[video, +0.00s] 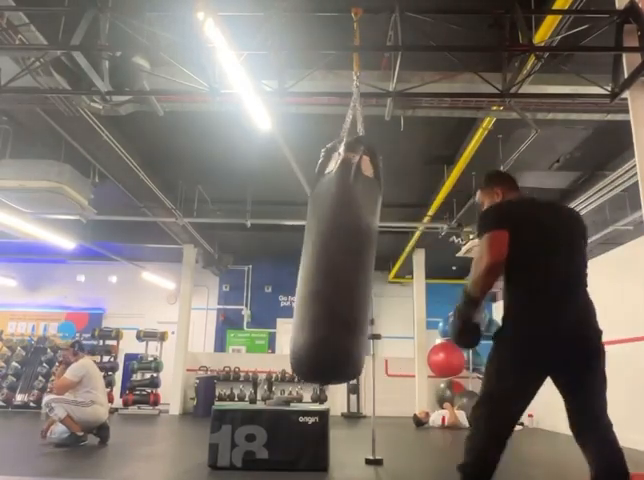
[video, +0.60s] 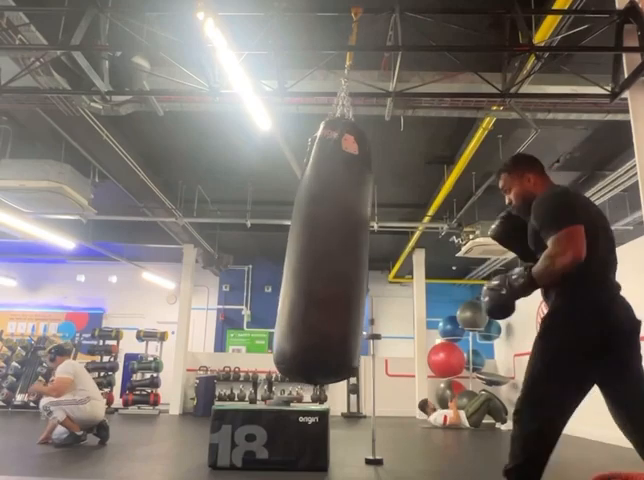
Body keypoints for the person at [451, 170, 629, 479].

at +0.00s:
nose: (484, 209)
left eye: (484, 203)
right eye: (482, 205)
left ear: (497, 192)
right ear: (516, 189)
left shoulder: (498, 212)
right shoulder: (570, 215)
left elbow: (493, 260)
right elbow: (573, 275)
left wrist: (468, 308)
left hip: (527, 334)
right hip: (579, 334)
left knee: (491, 422)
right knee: (594, 427)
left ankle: (475, 472)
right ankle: (616, 476)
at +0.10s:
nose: (492, 198)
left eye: (491, 190)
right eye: (489, 193)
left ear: (506, 175)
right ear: (525, 174)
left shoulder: (512, 195)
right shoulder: (579, 198)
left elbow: (514, 245)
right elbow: (582, 259)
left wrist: (498, 285)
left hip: (540, 311)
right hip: (591, 311)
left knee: (508, 399)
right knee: (602, 408)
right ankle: (624, 473)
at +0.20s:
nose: (503, 192)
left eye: (503, 183)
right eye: (500, 185)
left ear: (520, 170)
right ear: (534, 167)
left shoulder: (528, 191)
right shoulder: (592, 194)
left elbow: (523, 240)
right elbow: (609, 252)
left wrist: (505, 264)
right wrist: (579, 271)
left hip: (555, 312)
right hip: (603, 310)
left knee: (535, 405)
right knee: (612, 406)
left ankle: (581, 475)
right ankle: (638, 470)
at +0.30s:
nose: (515, 200)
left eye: (516, 189)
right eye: (513, 192)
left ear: (536, 177)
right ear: (547, 178)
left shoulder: (543, 206)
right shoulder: (605, 210)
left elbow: (522, 258)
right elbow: (609, 275)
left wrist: (496, 261)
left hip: (570, 334)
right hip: (614, 327)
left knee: (581, 429)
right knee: (631, 420)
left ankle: (622, 477)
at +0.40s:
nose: (516, 196)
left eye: (516, 185)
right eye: (513, 188)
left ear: (538, 172)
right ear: (548, 173)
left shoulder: (546, 201)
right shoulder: (604, 204)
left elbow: (543, 254)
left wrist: (507, 271)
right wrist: (525, 243)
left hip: (577, 329)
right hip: (624, 323)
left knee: (565, 425)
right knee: (638, 422)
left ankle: (606, 475)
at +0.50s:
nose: (509, 189)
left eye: (509, 179)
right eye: (506, 183)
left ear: (530, 167)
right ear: (538, 167)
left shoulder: (547, 191)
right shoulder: (590, 193)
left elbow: (562, 243)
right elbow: (589, 256)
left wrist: (520, 276)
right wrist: (527, 240)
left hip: (575, 311)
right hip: (620, 305)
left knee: (544, 401)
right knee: (636, 405)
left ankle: (562, 474)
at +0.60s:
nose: (507, 201)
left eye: (507, 190)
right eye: (504, 194)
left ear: (529, 179)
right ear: (534, 180)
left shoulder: (551, 200)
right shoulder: (583, 206)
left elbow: (568, 250)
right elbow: (581, 267)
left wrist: (518, 284)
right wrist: (526, 246)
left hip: (575, 321)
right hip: (614, 317)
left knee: (535, 417)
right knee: (636, 418)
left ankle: (522, 474)